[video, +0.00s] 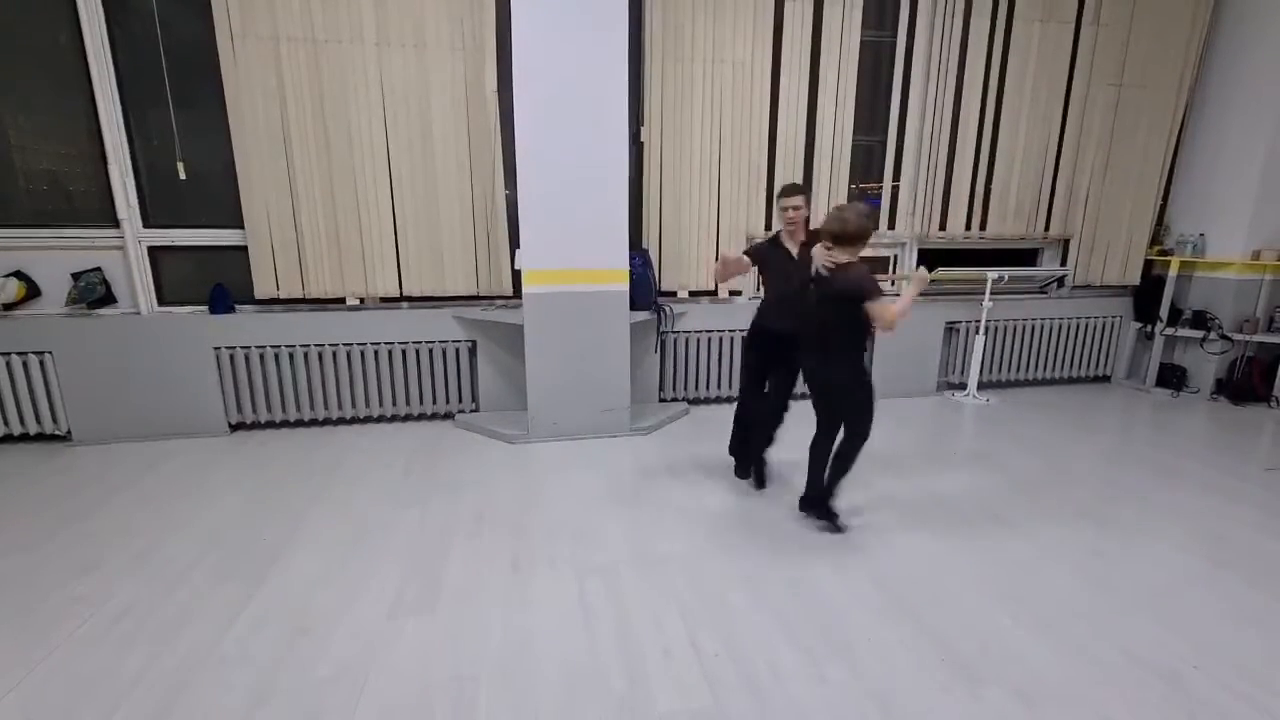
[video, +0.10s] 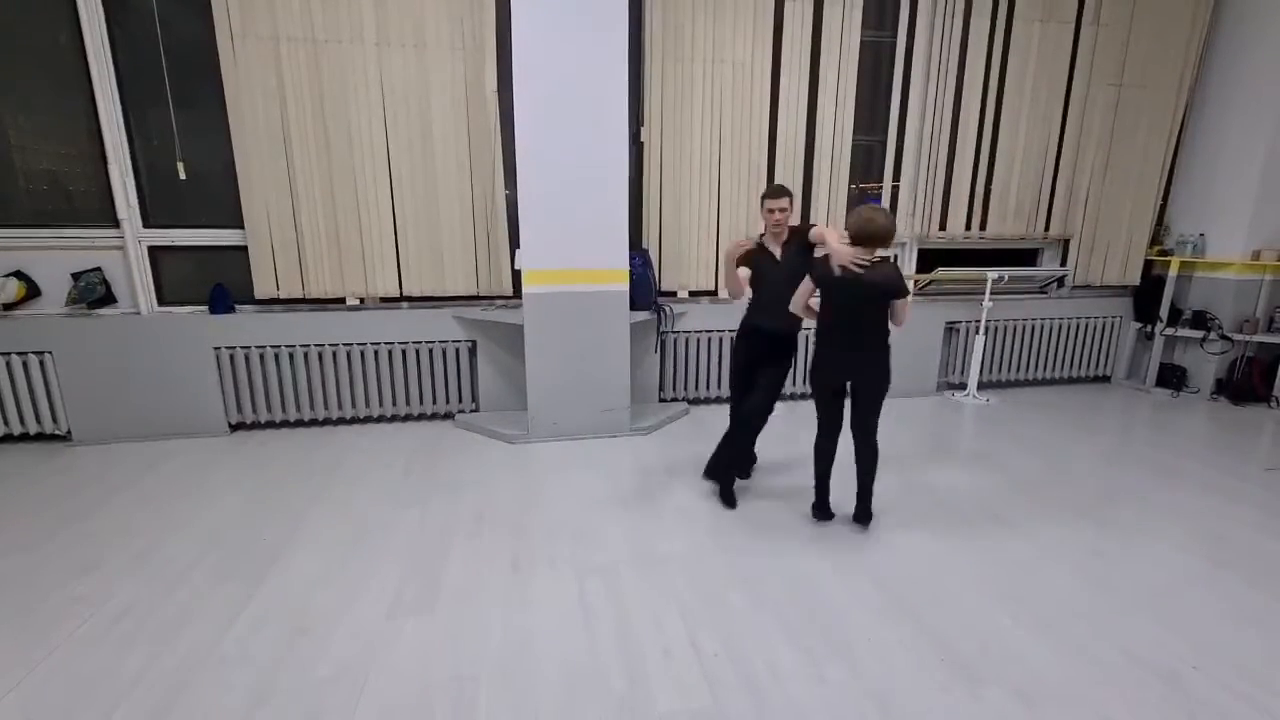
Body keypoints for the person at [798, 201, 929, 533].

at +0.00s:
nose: (867, 241)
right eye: (866, 236)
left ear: (829, 235)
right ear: (863, 240)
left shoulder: (816, 260)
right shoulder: (858, 276)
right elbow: (886, 319)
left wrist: (873, 318)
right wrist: (913, 289)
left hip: (815, 361)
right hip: (847, 366)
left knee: (826, 426)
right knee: (858, 429)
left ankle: (811, 496)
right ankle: (823, 498)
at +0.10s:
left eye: (848, 226)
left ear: (850, 232)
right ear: (887, 239)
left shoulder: (826, 263)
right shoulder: (889, 272)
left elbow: (796, 304)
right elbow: (899, 319)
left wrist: (823, 314)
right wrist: (888, 294)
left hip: (829, 361)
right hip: (872, 364)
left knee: (828, 429)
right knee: (866, 432)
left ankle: (821, 503)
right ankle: (863, 508)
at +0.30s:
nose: (836, 282)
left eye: (833, 275)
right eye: (831, 278)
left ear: (846, 259)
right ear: (848, 260)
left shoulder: (867, 269)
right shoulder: (870, 274)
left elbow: (875, 297)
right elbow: (850, 315)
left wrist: (845, 328)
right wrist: (814, 291)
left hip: (890, 367)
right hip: (899, 365)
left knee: (832, 412)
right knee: (882, 435)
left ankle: (889, 467)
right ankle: (882, 510)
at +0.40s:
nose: (835, 287)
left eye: (833, 280)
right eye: (830, 283)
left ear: (846, 267)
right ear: (840, 272)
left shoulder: (878, 275)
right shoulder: (855, 290)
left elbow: (926, 286)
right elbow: (835, 311)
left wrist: (923, 330)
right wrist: (805, 296)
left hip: (909, 364)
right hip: (892, 365)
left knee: (858, 422)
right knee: (889, 435)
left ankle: (903, 483)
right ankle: (890, 504)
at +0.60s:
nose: (853, 268)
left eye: (856, 262)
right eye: (851, 264)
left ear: (875, 256)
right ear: (862, 262)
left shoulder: (914, 274)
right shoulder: (860, 289)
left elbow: (971, 282)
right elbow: (824, 306)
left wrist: (969, 326)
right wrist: (784, 291)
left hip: (928, 367)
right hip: (888, 370)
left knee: (915, 435)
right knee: (890, 438)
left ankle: (922, 492)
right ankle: (890, 506)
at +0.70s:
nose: (874, 242)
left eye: (881, 238)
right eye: (875, 237)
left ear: (902, 247)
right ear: (884, 246)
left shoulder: (930, 276)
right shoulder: (869, 284)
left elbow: (982, 285)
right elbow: (827, 303)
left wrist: (968, 316)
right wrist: (786, 289)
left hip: (934, 367)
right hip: (894, 366)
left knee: (922, 432)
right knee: (878, 428)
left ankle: (916, 492)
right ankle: (885, 500)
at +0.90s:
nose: (913, 238)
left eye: (923, 235)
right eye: (914, 232)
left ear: (941, 247)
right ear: (911, 240)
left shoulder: (957, 282)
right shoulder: (893, 283)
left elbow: (995, 296)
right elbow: (840, 295)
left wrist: (970, 316)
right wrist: (798, 293)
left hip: (943, 368)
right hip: (901, 363)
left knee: (930, 431)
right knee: (858, 415)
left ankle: (916, 493)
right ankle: (861, 479)